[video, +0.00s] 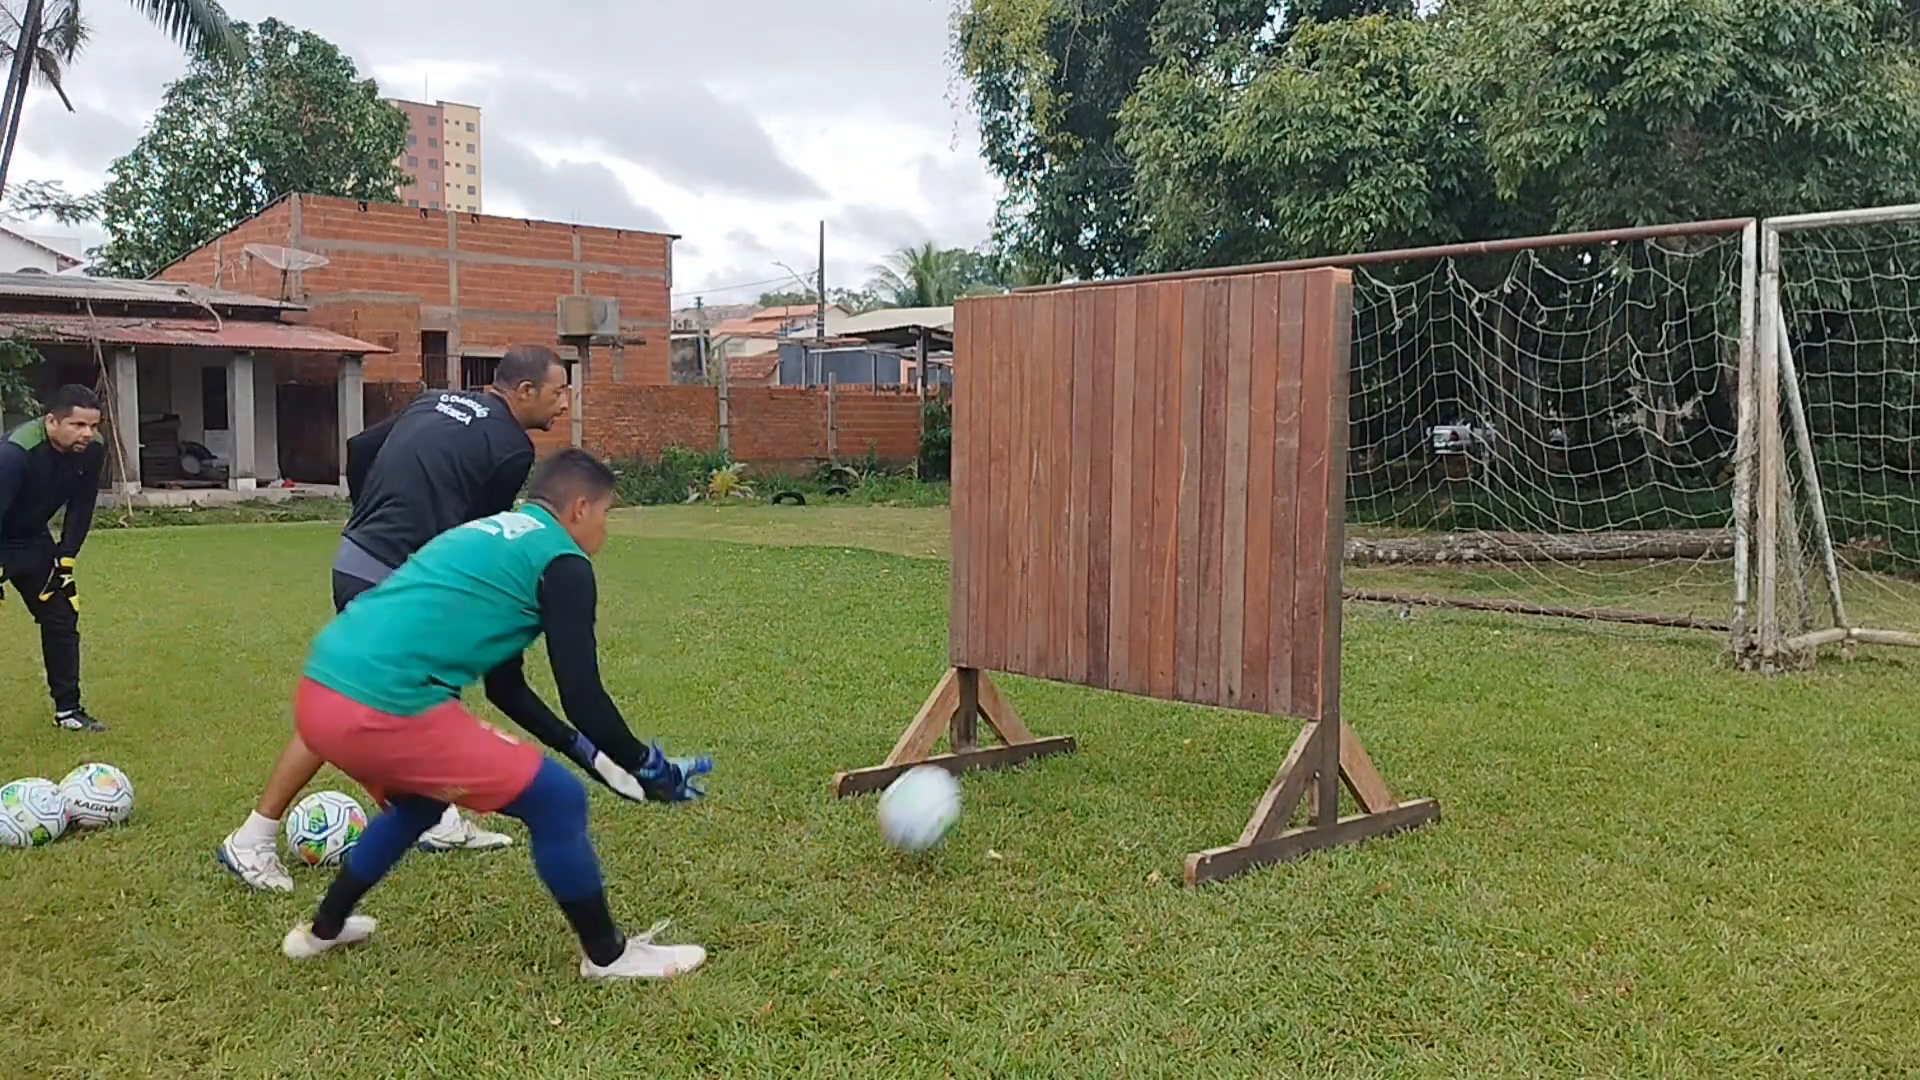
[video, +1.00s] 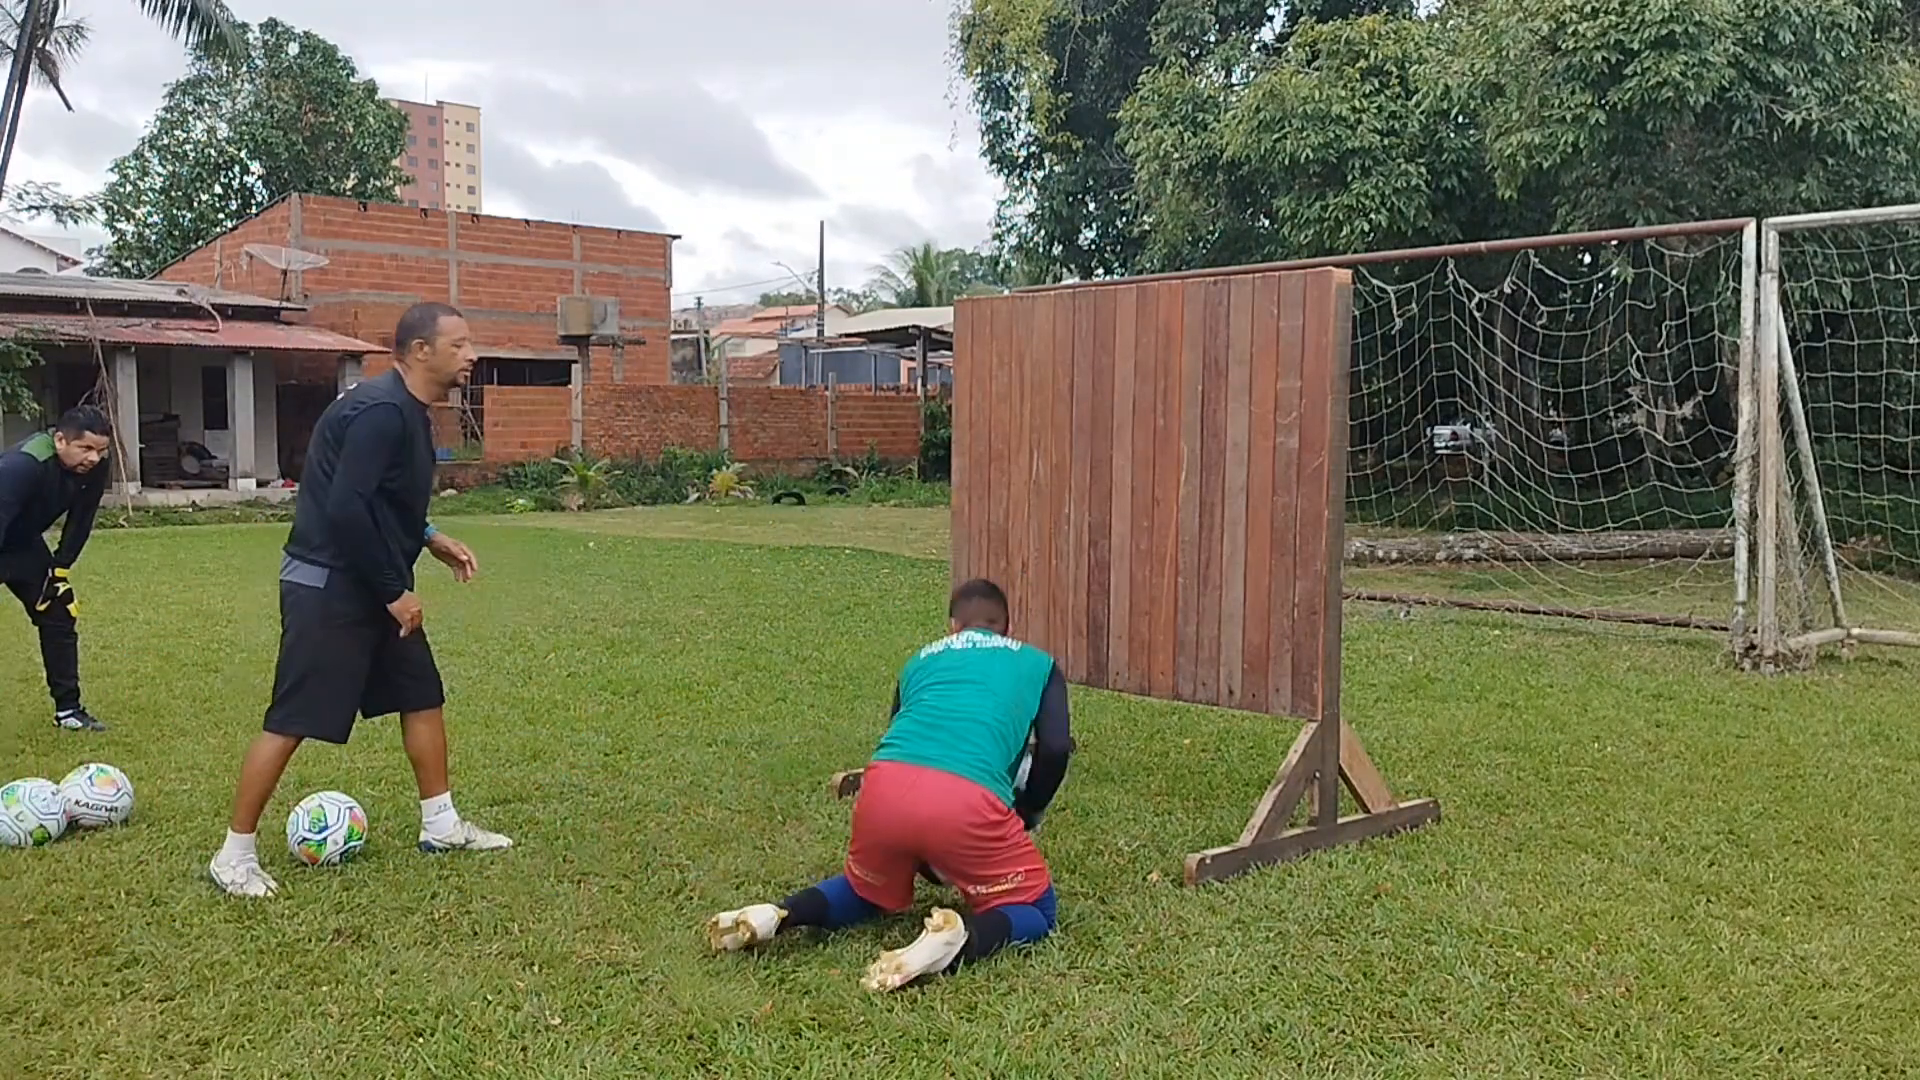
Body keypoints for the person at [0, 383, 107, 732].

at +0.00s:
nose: (88, 435)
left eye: (93, 426)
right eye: (79, 425)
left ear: (99, 425)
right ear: (51, 421)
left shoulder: (90, 451)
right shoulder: (15, 453)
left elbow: (82, 507)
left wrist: (67, 560)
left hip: (30, 540)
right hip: (5, 541)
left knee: (61, 616)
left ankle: (68, 710)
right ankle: (67, 709)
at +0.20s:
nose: (95, 447)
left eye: (101, 439)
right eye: (87, 437)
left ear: (106, 439)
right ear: (60, 433)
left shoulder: (94, 459)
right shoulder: (21, 463)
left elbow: (84, 511)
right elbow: (4, 517)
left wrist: (67, 563)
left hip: (27, 540)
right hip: (3, 543)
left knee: (63, 614)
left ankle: (68, 711)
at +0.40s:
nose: (97, 451)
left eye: (103, 444)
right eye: (89, 441)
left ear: (108, 443)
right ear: (63, 436)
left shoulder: (94, 461)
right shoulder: (23, 464)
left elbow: (82, 515)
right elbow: (6, 519)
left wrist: (64, 567)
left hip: (25, 541)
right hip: (5, 543)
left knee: (61, 617)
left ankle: (68, 711)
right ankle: (67, 710)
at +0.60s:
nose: (96, 456)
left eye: (102, 449)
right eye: (88, 447)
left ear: (108, 447)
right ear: (62, 439)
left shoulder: (95, 463)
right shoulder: (23, 465)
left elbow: (82, 516)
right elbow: (7, 521)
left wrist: (63, 567)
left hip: (22, 539)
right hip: (5, 541)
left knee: (60, 616)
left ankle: (68, 710)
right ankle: (67, 709)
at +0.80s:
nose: (94, 459)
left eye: (101, 451)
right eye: (87, 449)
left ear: (107, 449)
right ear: (60, 440)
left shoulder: (95, 465)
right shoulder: (22, 467)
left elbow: (82, 518)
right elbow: (7, 524)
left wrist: (62, 568)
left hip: (22, 541)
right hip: (5, 543)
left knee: (59, 615)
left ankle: (68, 710)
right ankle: (67, 709)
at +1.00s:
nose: (93, 458)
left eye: (100, 451)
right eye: (86, 449)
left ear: (107, 448)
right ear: (60, 440)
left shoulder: (95, 465)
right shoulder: (21, 468)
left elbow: (81, 519)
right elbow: (7, 527)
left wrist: (61, 568)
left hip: (20, 540)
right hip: (4, 542)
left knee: (58, 613)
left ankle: (68, 709)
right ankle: (67, 709)